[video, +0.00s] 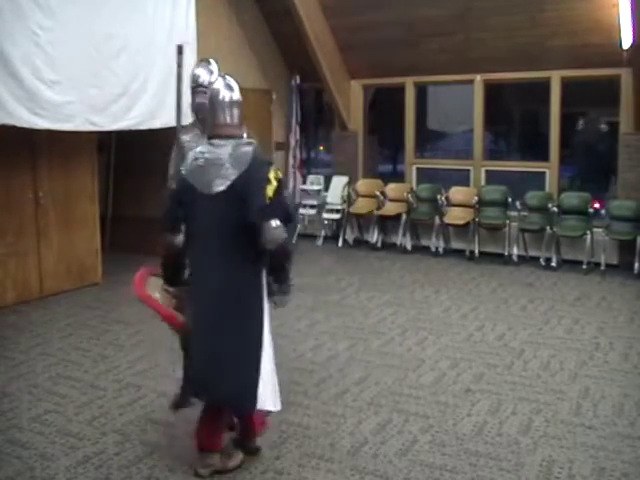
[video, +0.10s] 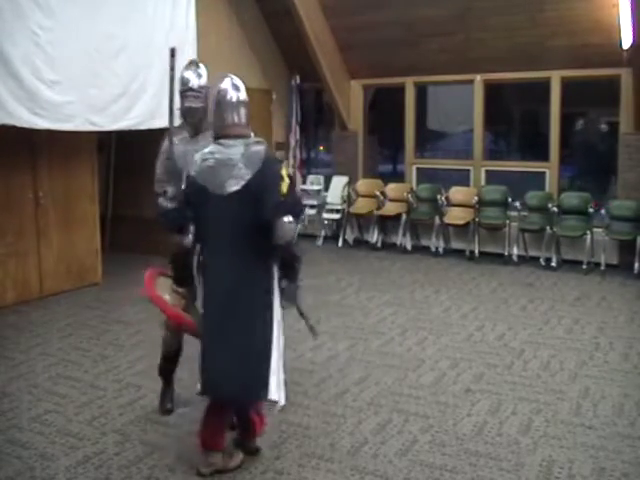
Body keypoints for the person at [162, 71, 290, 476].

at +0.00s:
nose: (232, 121)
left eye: (215, 114)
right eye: (234, 115)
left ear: (203, 118)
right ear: (240, 116)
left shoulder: (192, 160)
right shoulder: (252, 163)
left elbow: (174, 222)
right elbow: (269, 228)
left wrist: (173, 275)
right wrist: (281, 269)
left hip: (205, 274)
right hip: (242, 275)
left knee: (225, 354)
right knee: (244, 356)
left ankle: (246, 435)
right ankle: (213, 445)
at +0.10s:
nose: (238, 119)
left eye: (232, 113)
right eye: (238, 113)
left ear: (212, 117)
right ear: (246, 115)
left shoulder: (200, 164)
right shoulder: (264, 162)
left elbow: (184, 219)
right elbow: (279, 223)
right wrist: (289, 264)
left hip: (215, 268)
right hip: (253, 270)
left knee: (229, 348)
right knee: (244, 352)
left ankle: (248, 433)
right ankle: (214, 445)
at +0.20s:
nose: (245, 119)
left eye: (237, 115)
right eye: (248, 114)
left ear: (222, 119)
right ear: (256, 117)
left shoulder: (209, 163)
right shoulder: (273, 160)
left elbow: (193, 218)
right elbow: (290, 219)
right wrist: (302, 265)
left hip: (224, 267)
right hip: (263, 267)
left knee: (233, 346)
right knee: (255, 345)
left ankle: (249, 432)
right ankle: (224, 429)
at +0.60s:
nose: (288, 119)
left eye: (273, 114)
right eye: (294, 113)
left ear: (265, 118)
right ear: (299, 117)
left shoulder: (259, 161)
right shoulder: (319, 162)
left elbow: (239, 221)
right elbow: (335, 220)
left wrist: (229, 268)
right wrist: (335, 267)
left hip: (266, 267)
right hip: (306, 266)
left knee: (255, 349)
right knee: (321, 341)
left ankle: (251, 435)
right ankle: (334, 418)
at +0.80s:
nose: (320, 124)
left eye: (317, 118)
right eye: (335, 117)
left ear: (316, 121)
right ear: (349, 120)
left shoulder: (317, 163)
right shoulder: (364, 162)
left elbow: (301, 227)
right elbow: (379, 213)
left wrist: (284, 278)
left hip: (323, 266)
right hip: (357, 265)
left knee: (305, 346)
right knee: (356, 342)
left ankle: (283, 428)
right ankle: (357, 419)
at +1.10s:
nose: (374, 116)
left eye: (377, 110)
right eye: (377, 110)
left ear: (383, 113)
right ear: (408, 112)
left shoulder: (385, 158)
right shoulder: (413, 151)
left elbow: (373, 224)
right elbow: (430, 199)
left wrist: (363, 272)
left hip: (387, 269)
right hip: (410, 264)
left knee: (377, 344)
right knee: (396, 340)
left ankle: (428, 401)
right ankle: (386, 414)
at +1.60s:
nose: (428, 120)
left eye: (435, 113)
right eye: (428, 112)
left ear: (454, 114)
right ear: (449, 117)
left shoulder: (460, 164)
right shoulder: (449, 156)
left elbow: (462, 234)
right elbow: (444, 225)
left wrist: (455, 287)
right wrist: (431, 269)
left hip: (458, 272)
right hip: (443, 266)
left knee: (462, 344)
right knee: (428, 334)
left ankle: (468, 420)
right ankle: (438, 398)